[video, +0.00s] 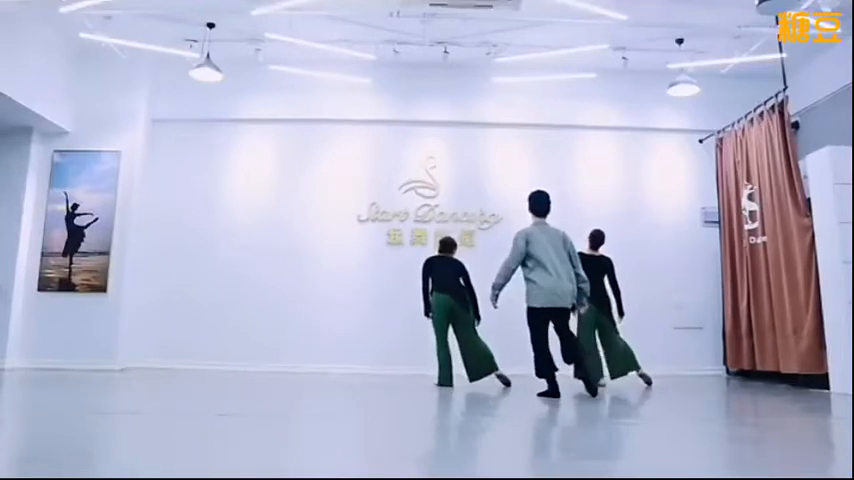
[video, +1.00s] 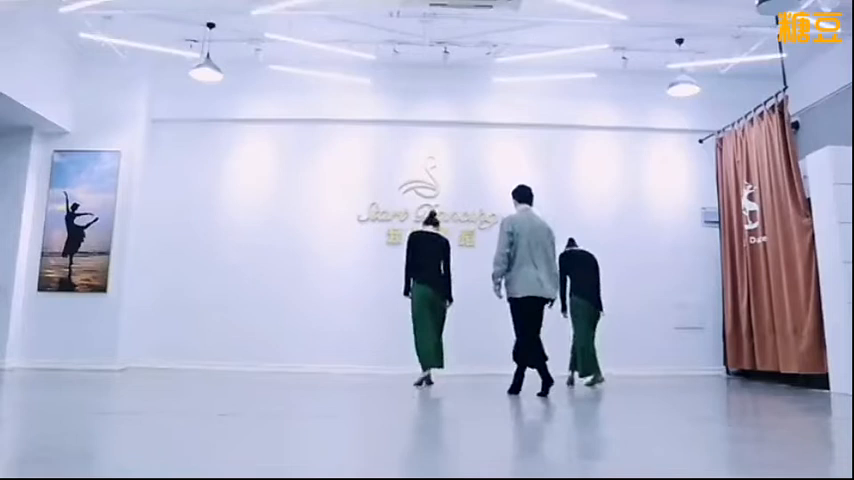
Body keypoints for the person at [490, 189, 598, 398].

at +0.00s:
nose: (531, 209)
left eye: (530, 205)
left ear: (530, 208)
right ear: (549, 208)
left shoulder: (524, 235)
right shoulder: (561, 236)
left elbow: (511, 264)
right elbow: (579, 270)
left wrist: (496, 287)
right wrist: (583, 296)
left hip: (538, 301)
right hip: (564, 300)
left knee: (540, 344)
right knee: (565, 332)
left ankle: (552, 387)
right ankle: (582, 368)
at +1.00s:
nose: (513, 203)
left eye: (513, 200)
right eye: (516, 199)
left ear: (514, 200)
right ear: (532, 200)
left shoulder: (510, 222)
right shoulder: (544, 226)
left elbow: (503, 253)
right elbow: (552, 262)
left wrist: (497, 278)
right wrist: (553, 290)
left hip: (519, 287)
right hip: (542, 288)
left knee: (526, 335)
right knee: (530, 335)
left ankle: (546, 376)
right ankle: (517, 380)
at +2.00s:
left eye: (495, 187)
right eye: (505, 186)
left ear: (493, 189)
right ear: (512, 190)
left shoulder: (485, 217)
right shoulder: (521, 221)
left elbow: (475, 249)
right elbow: (528, 256)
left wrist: (467, 273)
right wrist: (528, 283)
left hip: (491, 280)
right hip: (515, 280)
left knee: (496, 326)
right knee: (510, 327)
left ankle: (507, 369)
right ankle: (504, 377)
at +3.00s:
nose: (477, 190)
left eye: (472, 186)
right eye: (483, 186)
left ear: (469, 188)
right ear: (489, 189)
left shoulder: (462, 217)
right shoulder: (499, 220)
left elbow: (453, 249)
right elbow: (506, 257)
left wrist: (445, 273)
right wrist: (506, 283)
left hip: (468, 281)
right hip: (492, 281)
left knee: (474, 326)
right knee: (488, 326)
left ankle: (485, 369)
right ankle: (483, 373)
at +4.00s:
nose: (457, 194)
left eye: (452, 190)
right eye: (462, 190)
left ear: (447, 192)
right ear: (467, 193)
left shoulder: (440, 221)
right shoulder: (477, 223)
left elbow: (430, 252)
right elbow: (487, 256)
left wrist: (420, 276)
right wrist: (492, 281)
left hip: (447, 289)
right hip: (471, 288)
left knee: (454, 334)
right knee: (471, 330)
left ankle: (472, 376)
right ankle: (474, 373)